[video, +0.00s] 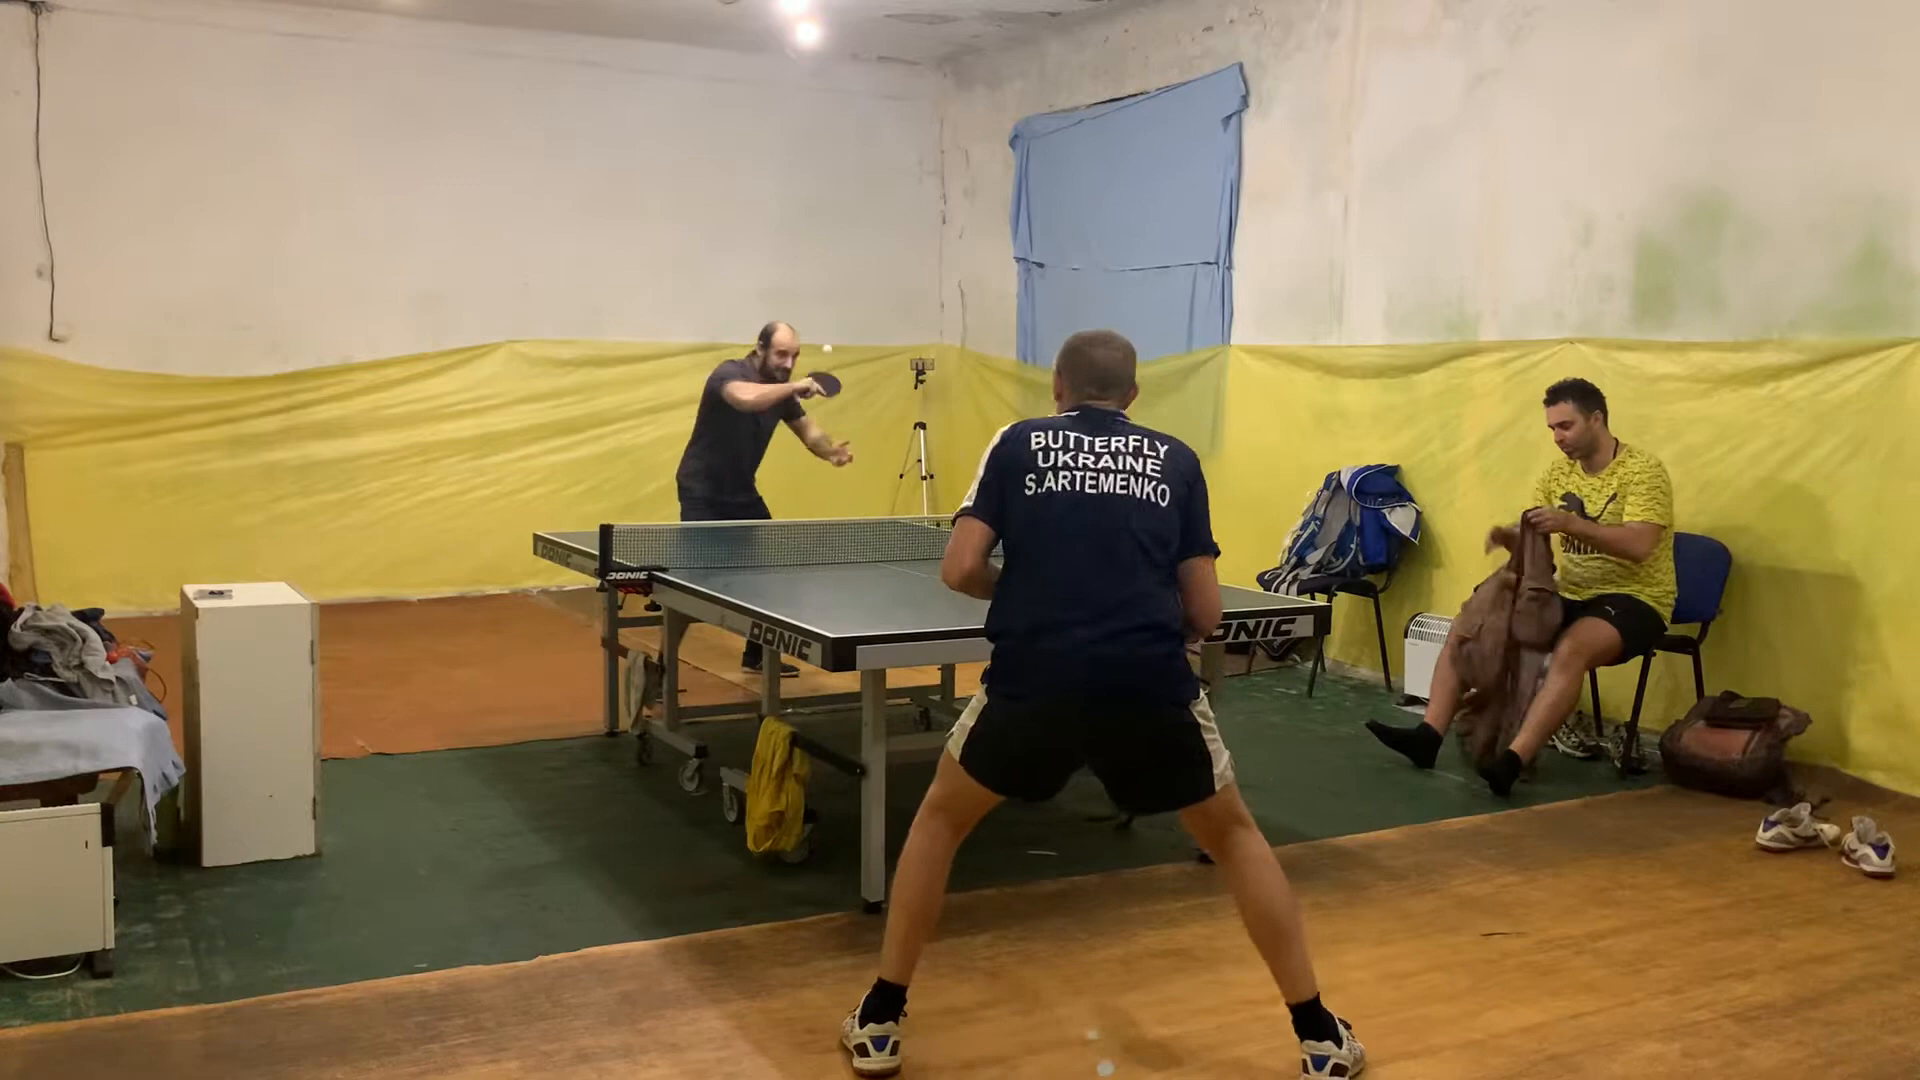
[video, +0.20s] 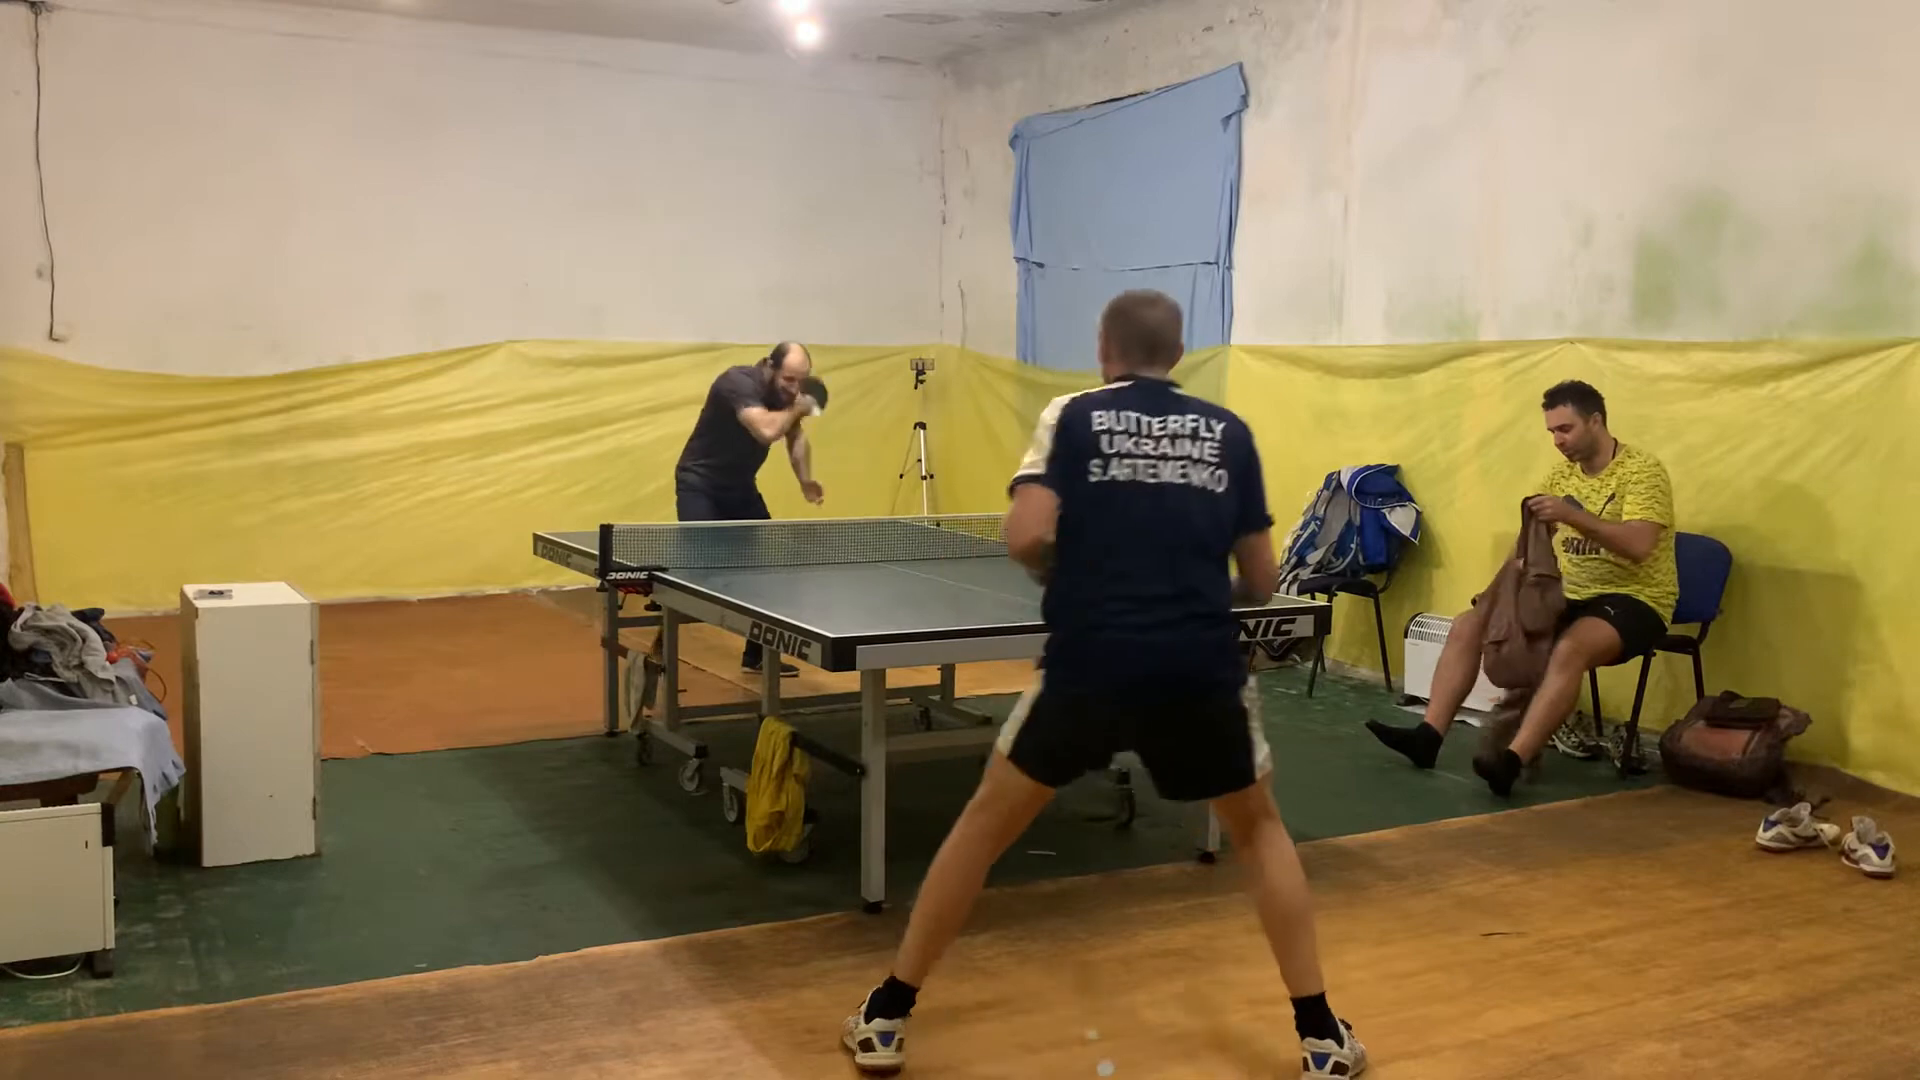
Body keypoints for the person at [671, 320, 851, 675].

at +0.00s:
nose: (789, 363)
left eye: (794, 355)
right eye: (782, 354)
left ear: (797, 355)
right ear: (760, 349)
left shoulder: (782, 389)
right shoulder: (728, 373)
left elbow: (808, 431)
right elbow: (745, 398)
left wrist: (830, 450)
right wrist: (794, 388)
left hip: (743, 491)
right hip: (702, 491)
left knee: (773, 566)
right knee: (699, 576)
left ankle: (758, 650)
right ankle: (664, 662)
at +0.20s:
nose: (795, 388)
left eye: (801, 381)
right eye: (789, 379)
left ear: (806, 377)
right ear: (770, 367)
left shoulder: (788, 396)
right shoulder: (737, 382)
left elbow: (796, 438)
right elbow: (765, 431)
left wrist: (805, 480)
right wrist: (797, 408)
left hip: (741, 488)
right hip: (700, 483)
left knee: (770, 562)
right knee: (705, 563)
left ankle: (758, 651)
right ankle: (662, 642)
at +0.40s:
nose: (778, 389)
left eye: (786, 382)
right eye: (773, 380)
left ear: (791, 379)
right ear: (757, 370)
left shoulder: (780, 403)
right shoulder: (721, 382)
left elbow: (792, 440)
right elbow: (663, 387)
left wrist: (801, 487)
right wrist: (672, 421)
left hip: (746, 502)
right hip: (703, 499)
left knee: (775, 569)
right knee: (702, 580)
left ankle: (758, 650)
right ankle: (681, 664)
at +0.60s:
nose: (742, 327)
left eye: (749, 320)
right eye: (734, 319)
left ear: (758, 319)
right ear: (719, 316)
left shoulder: (759, 356)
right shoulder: (688, 340)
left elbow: (779, 398)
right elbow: (632, 351)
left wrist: (779, 441)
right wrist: (611, 362)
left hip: (732, 467)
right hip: (686, 464)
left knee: (752, 551)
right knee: (674, 546)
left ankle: (757, 639)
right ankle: (660, 646)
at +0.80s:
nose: (705, 337)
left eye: (712, 329)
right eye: (697, 329)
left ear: (722, 330)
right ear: (683, 330)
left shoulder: (737, 372)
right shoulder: (658, 368)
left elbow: (762, 417)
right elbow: (615, 396)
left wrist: (758, 458)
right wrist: (609, 410)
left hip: (719, 493)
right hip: (667, 493)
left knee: (737, 570)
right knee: (643, 577)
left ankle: (737, 651)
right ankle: (624, 661)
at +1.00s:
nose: (682, 334)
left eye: (689, 326)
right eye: (674, 327)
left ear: (701, 324)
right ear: (662, 328)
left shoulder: (729, 363)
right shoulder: (650, 371)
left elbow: (768, 405)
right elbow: (623, 415)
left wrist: (756, 451)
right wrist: (623, 436)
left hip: (726, 485)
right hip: (673, 487)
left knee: (759, 552)